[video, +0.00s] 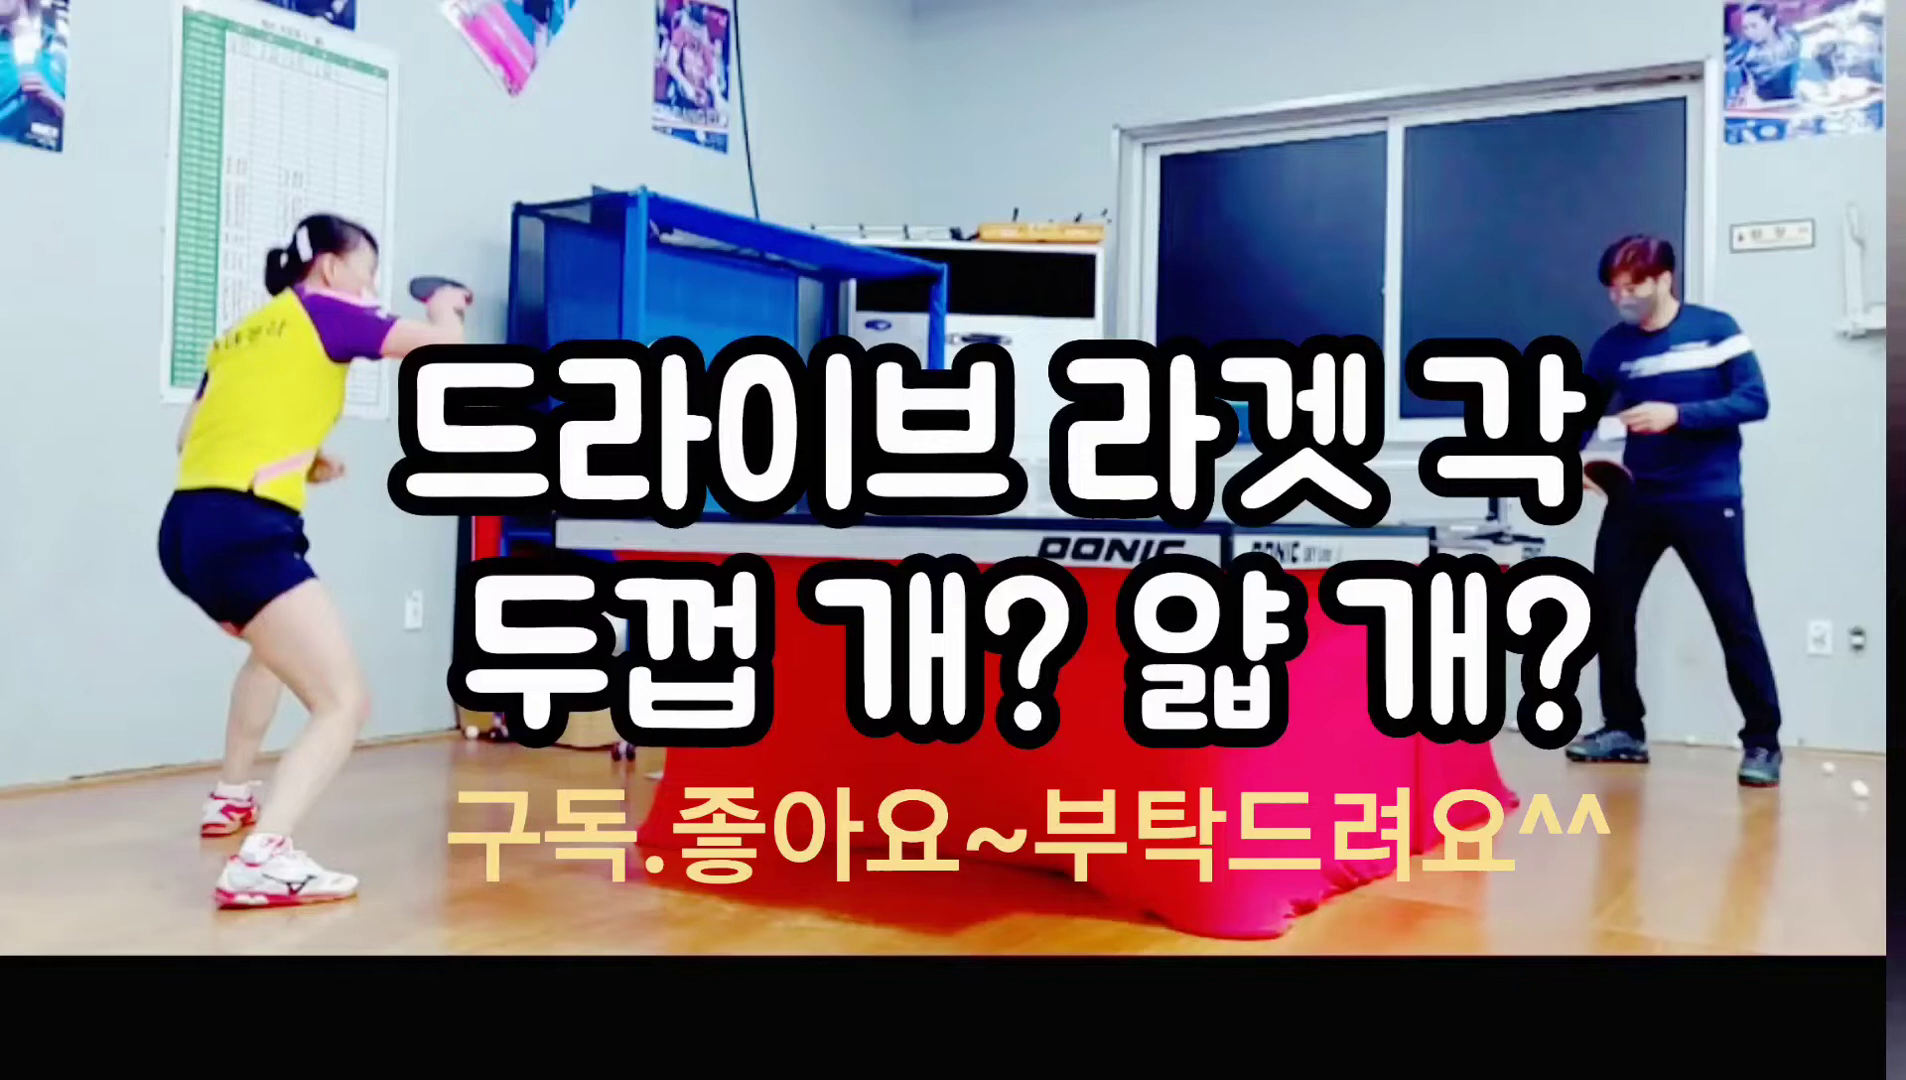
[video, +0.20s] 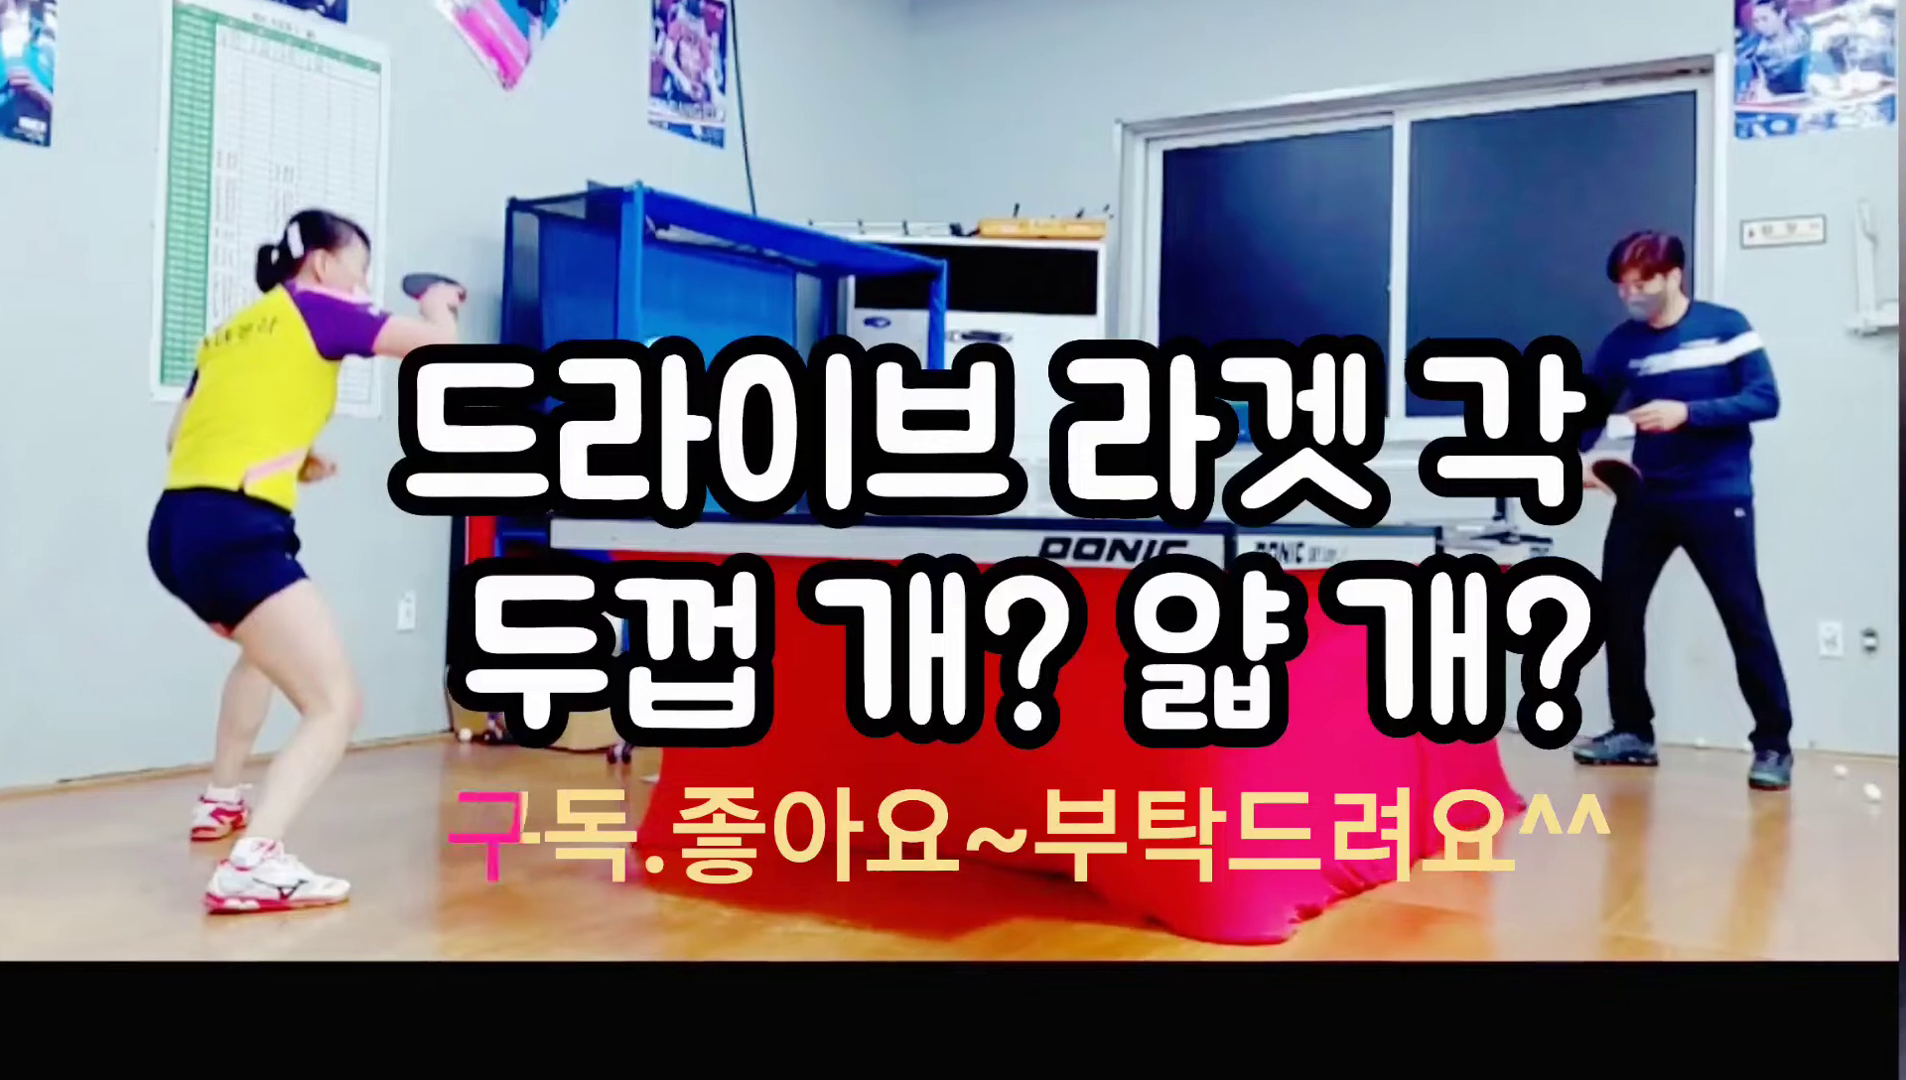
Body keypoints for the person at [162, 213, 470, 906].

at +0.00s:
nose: (370, 285)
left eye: (372, 274)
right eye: (365, 270)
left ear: (305, 267)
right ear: (326, 263)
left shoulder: (238, 335)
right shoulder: (323, 311)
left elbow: (194, 443)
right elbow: (439, 344)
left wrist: (300, 465)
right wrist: (445, 310)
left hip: (184, 528)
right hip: (245, 527)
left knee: (272, 649)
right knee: (343, 702)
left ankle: (233, 793)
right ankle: (264, 855)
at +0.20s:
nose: (362, 281)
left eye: (364, 270)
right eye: (358, 267)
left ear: (297, 263)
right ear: (319, 259)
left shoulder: (228, 332)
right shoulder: (315, 309)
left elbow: (185, 441)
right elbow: (435, 344)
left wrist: (291, 464)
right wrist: (438, 308)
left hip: (174, 527)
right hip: (236, 526)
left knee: (262, 650)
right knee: (334, 704)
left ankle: (224, 795)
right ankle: (255, 859)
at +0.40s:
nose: (353, 278)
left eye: (355, 266)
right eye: (348, 263)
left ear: (286, 259)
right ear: (308, 255)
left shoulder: (218, 328)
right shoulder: (305, 304)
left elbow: (171, 440)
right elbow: (430, 343)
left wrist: (280, 463)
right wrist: (429, 303)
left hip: (161, 528)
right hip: (224, 527)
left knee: (251, 651)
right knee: (324, 707)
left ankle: (211, 801)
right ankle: (244, 864)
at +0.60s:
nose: (343, 273)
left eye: (345, 261)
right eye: (338, 257)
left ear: (275, 255)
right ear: (297, 250)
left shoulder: (205, 324)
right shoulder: (296, 301)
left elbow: (160, 439)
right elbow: (423, 341)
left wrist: (269, 461)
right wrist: (420, 299)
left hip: (148, 527)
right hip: (212, 526)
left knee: (241, 653)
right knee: (315, 707)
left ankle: (200, 805)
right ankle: (233, 869)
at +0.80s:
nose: (333, 269)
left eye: (336, 257)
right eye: (329, 253)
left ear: (266, 250)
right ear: (287, 245)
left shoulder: (194, 320)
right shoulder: (285, 298)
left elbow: (149, 437)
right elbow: (418, 339)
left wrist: (258, 460)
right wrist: (410, 295)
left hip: (136, 527)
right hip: (200, 528)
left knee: (230, 655)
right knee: (304, 710)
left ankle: (187, 810)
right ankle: (222, 875)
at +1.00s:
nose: (324, 265)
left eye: (326, 252)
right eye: (319, 249)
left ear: (255, 244)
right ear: (277, 240)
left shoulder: (185, 316)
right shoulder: (276, 294)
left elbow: (137, 433)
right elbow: (412, 338)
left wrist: (249, 457)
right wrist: (402, 292)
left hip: (123, 526)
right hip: (188, 527)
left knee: (219, 654)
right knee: (295, 712)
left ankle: (176, 814)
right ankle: (211, 879)